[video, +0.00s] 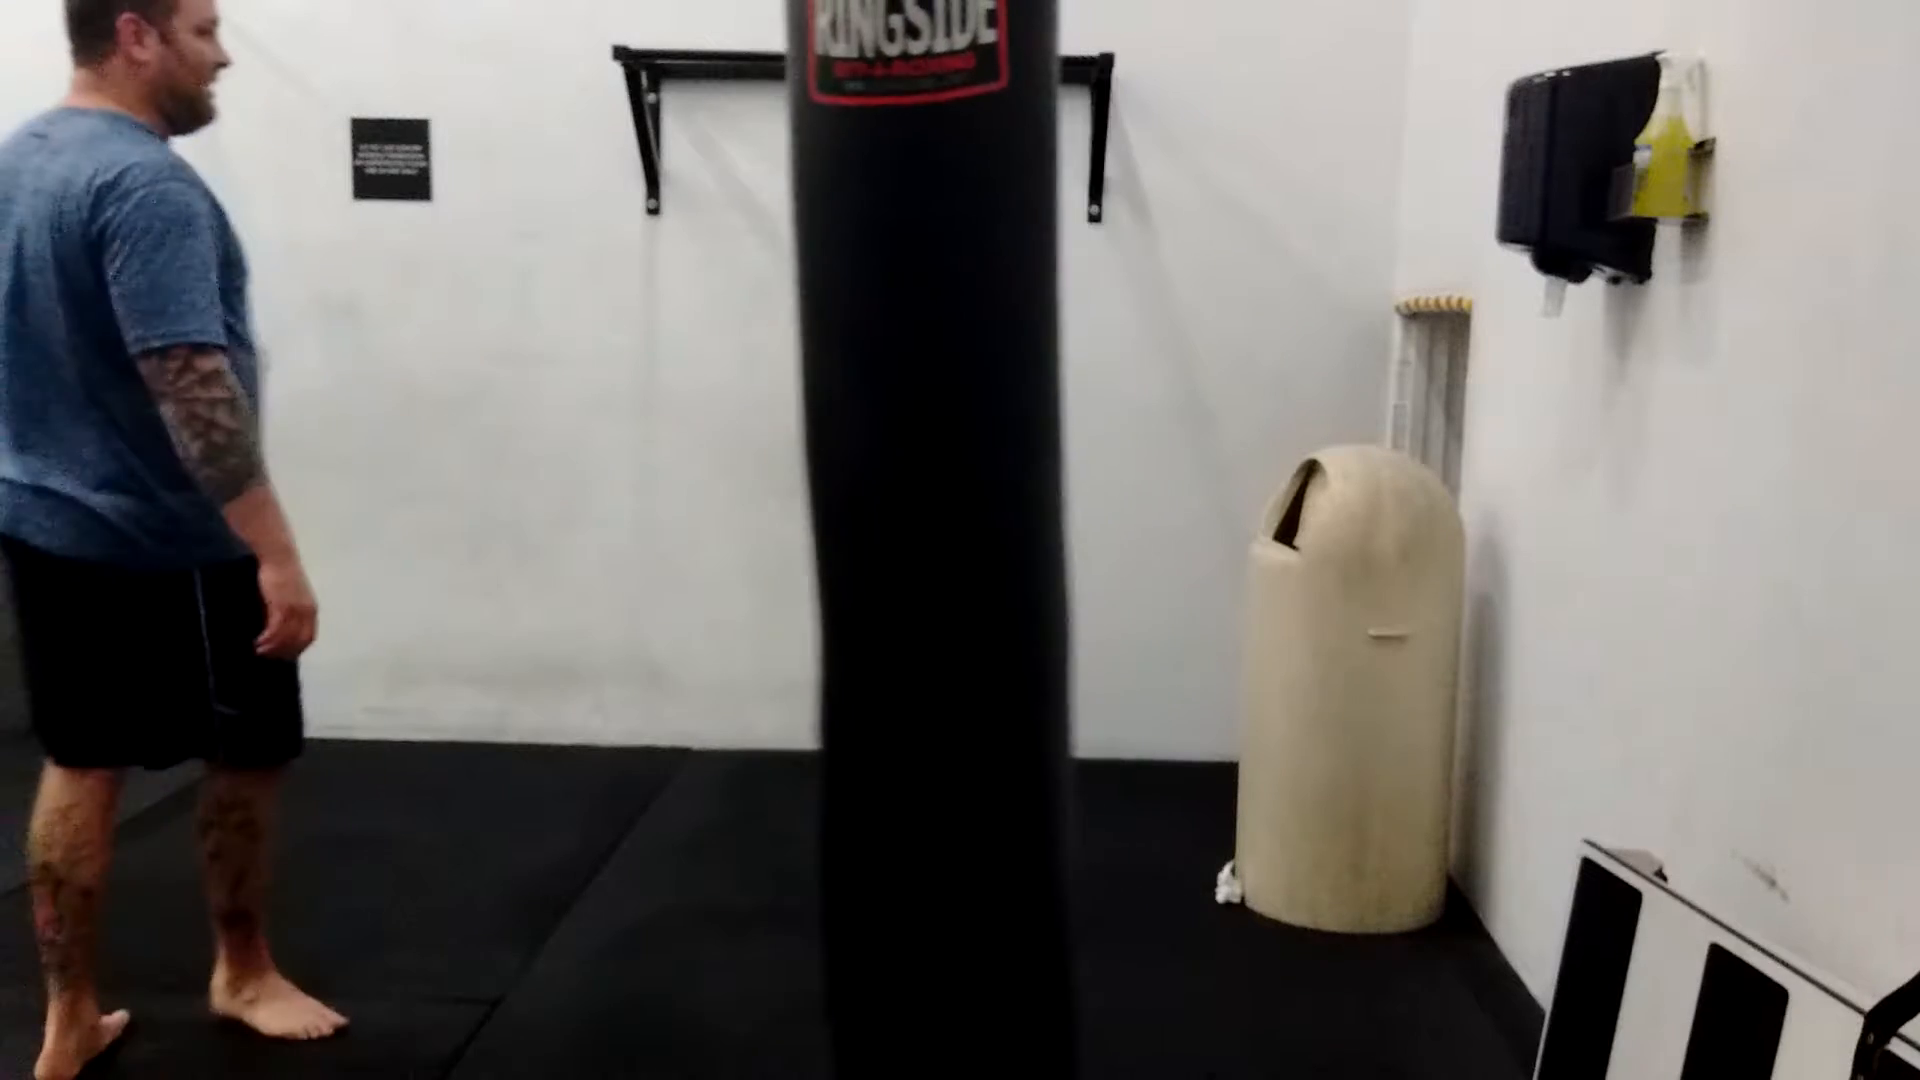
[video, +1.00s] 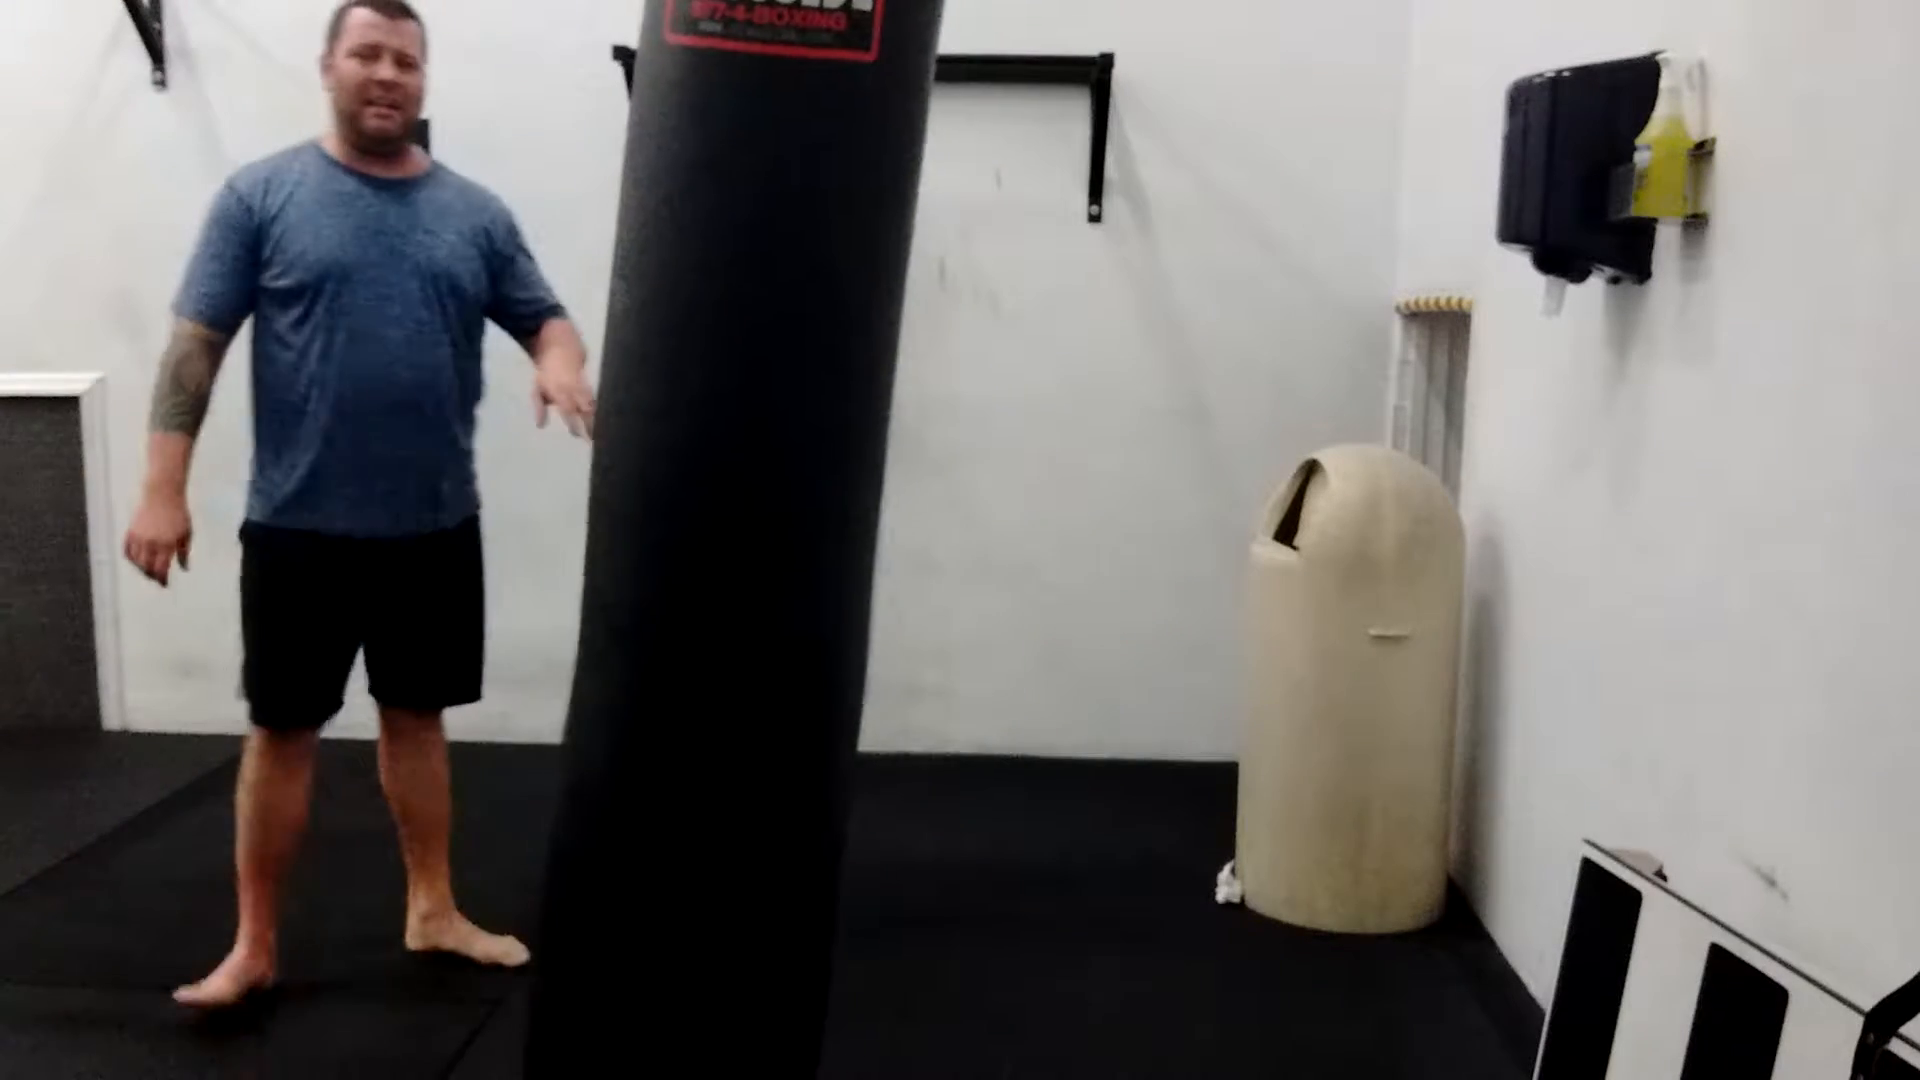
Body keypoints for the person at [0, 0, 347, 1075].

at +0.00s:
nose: (223, 54)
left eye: (218, 31)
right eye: (206, 31)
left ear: (126, 40)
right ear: (138, 37)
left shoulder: (24, 155)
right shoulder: (149, 182)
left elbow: (23, 356)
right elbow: (190, 383)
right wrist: (277, 552)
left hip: (46, 527)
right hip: (176, 539)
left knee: (78, 758)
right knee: (249, 742)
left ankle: (69, 1018)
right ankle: (245, 973)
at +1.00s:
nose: (386, 74)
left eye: (403, 61)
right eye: (367, 56)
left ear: (426, 84)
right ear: (325, 71)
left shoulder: (473, 213)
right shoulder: (260, 196)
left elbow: (546, 323)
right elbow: (196, 344)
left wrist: (562, 368)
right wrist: (161, 489)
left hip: (430, 517)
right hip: (297, 515)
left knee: (418, 718)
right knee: (280, 734)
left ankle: (433, 913)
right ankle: (254, 949)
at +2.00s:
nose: (377, 87)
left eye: (391, 73)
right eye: (357, 74)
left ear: (415, 93)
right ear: (324, 96)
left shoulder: (485, 208)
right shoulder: (287, 220)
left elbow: (563, 326)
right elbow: (246, 351)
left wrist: (521, 403)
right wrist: (264, 467)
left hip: (467, 493)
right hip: (345, 497)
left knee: (478, 688)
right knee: (366, 684)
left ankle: (483, 871)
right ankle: (376, 849)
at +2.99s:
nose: (308, 60)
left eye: (324, 41)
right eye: (283, 43)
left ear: (348, 54)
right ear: (242, 62)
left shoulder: (429, 181)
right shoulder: (199, 193)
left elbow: (523, 312)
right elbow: (83, 319)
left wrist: (475, 409)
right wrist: (181, 443)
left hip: (423, 520)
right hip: (275, 529)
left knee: (471, 740)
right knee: (288, 755)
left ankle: (519, 954)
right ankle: (280, 969)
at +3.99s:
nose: (341, 36)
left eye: (358, 26)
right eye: (316, 19)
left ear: (374, 58)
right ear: (267, 47)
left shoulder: (436, 199)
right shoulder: (193, 186)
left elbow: (502, 356)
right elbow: (108, 341)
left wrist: (424, 425)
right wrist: (179, 459)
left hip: (400, 547)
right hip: (245, 551)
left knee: (468, 764)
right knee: (247, 778)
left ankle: (509, 963)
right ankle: (255, 985)